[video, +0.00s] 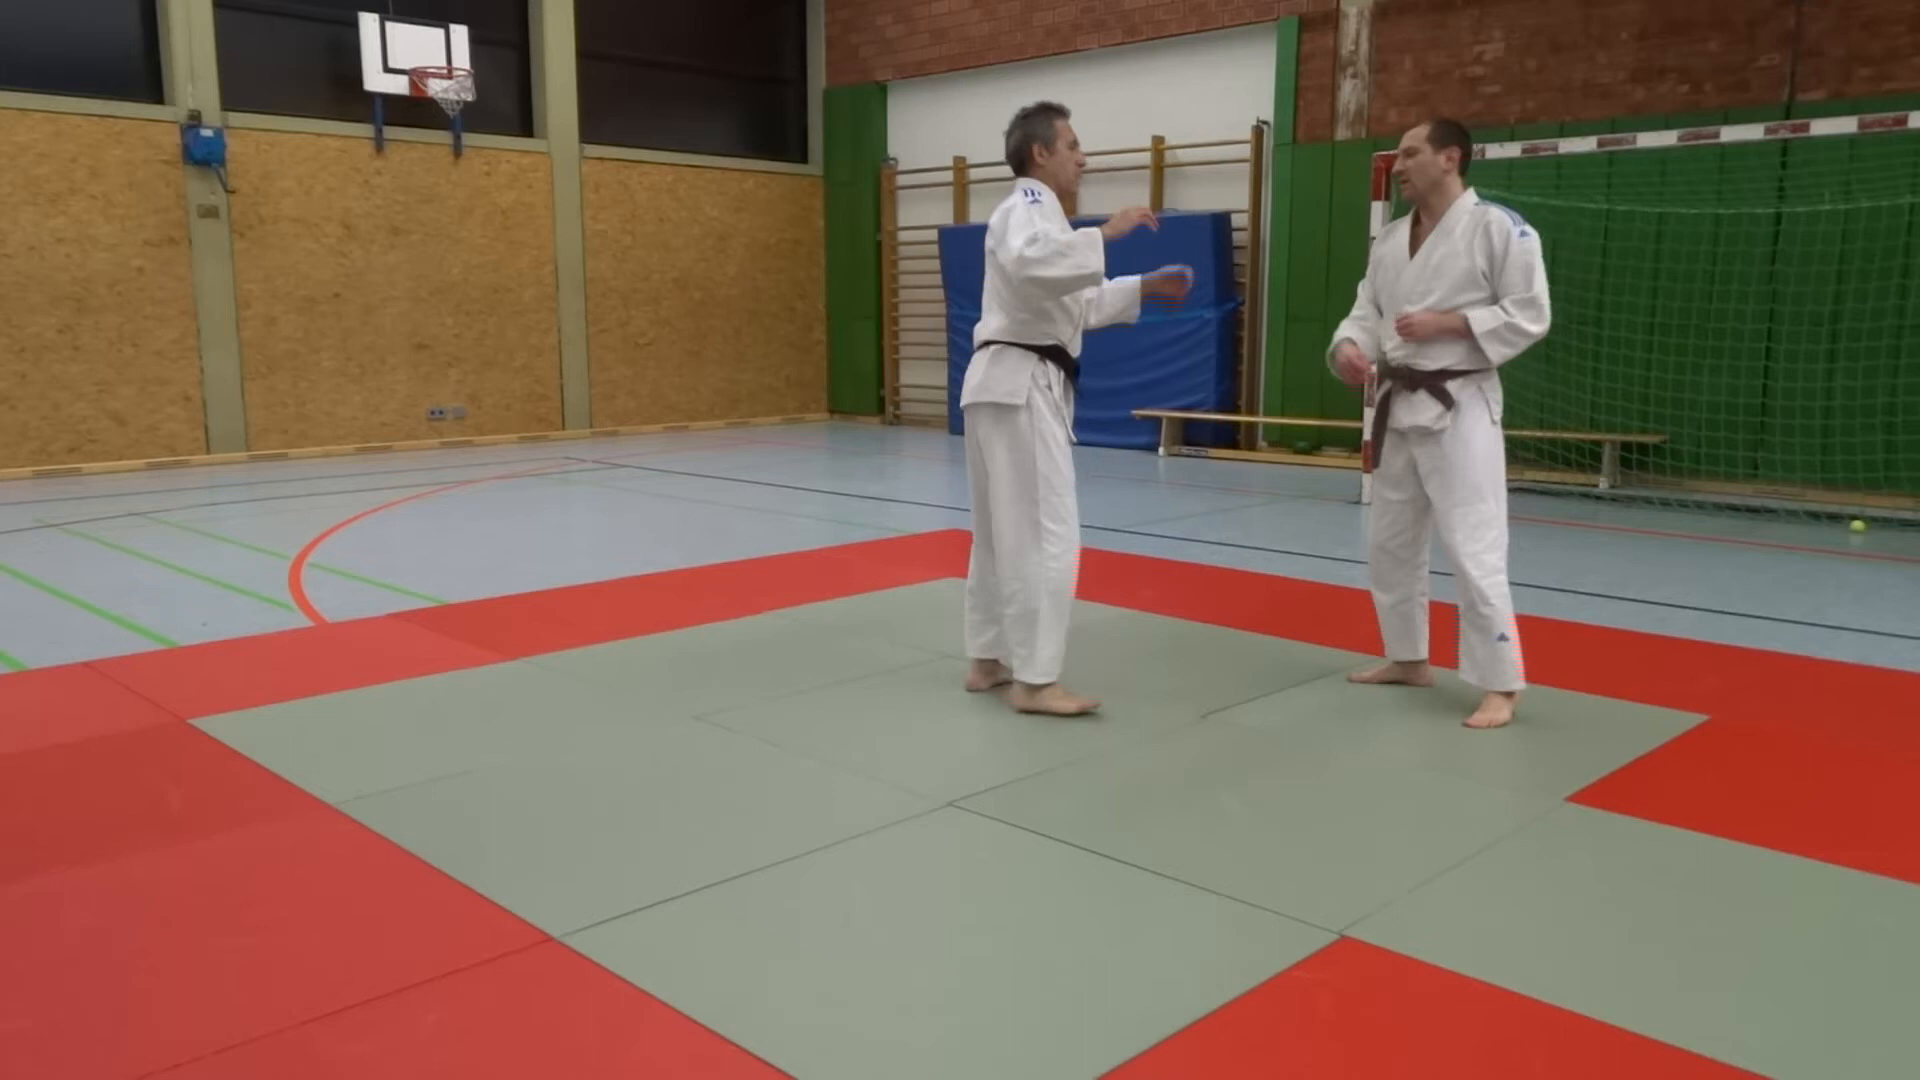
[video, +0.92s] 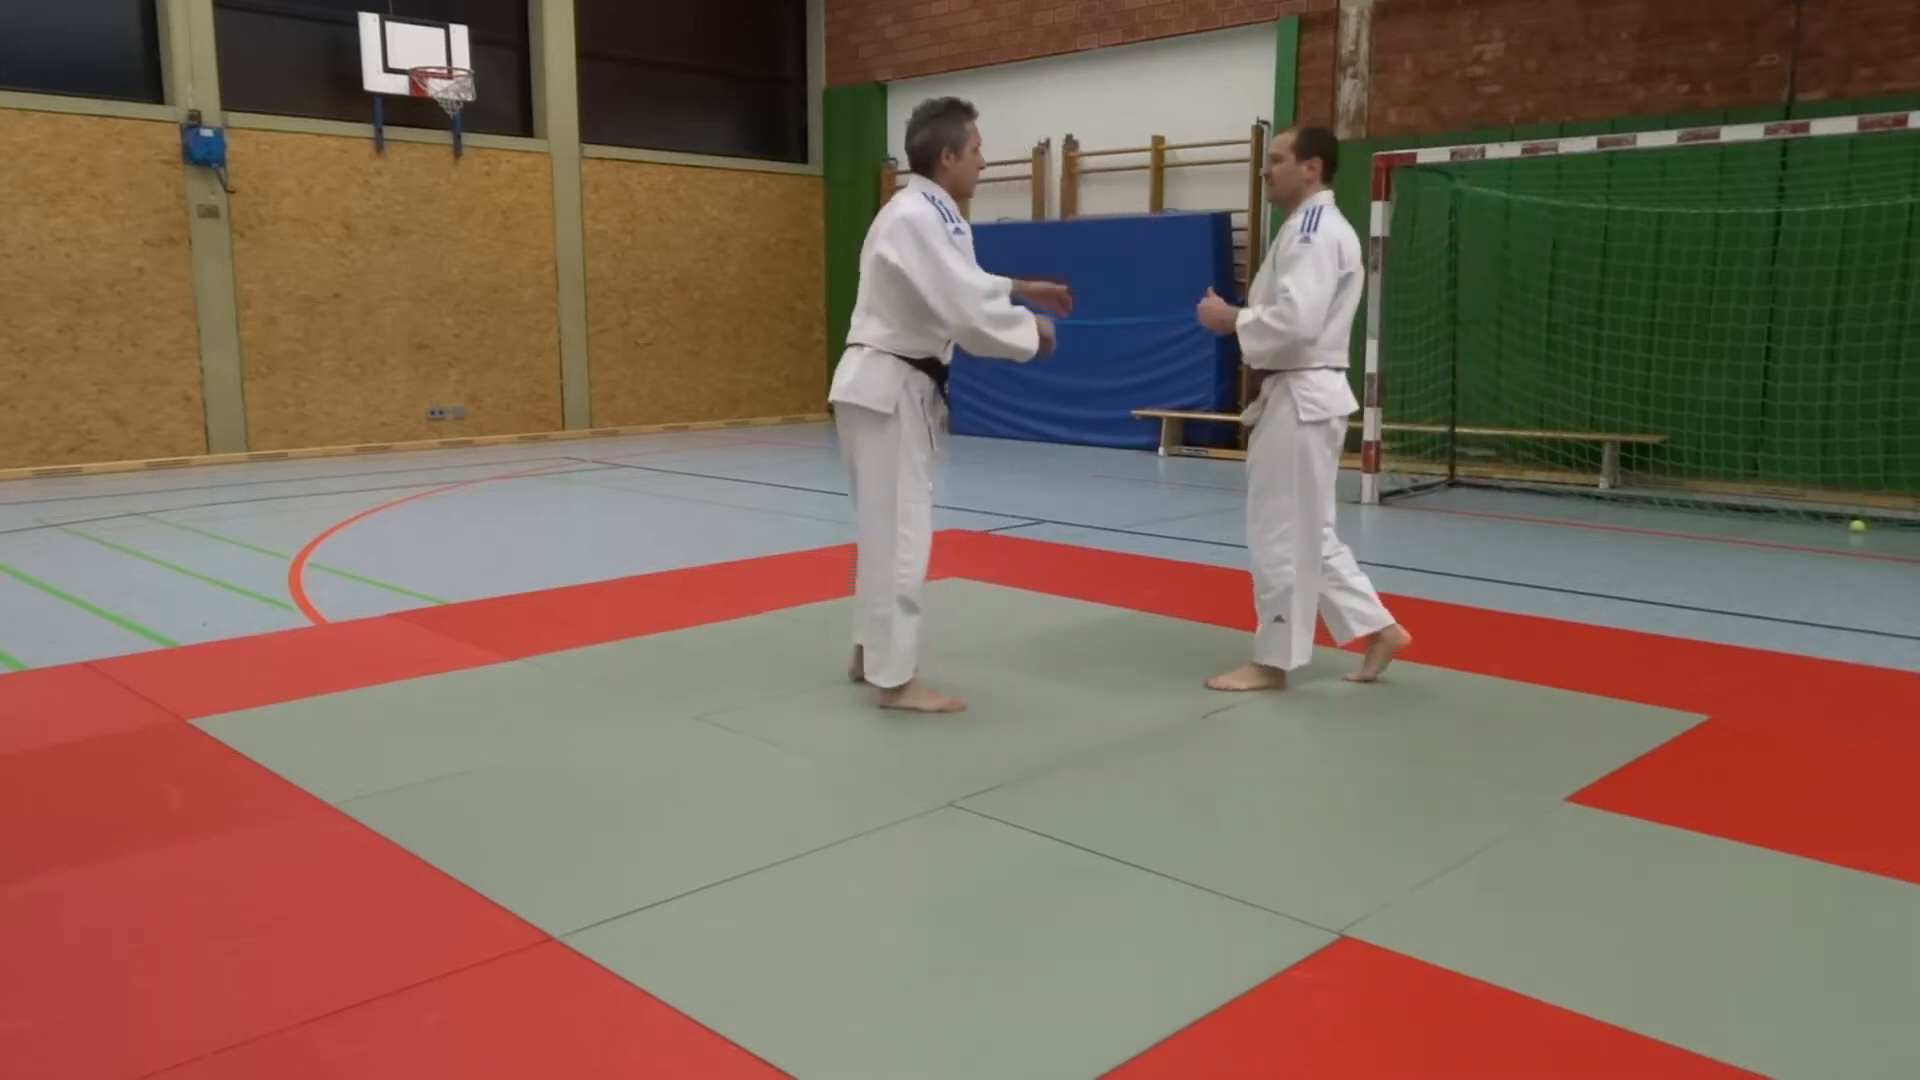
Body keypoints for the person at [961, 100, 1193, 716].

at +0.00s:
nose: (1084, 158)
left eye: (1080, 146)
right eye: (1073, 147)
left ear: (1039, 158)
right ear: (1040, 155)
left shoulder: (1037, 219)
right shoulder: (1029, 204)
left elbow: (1070, 309)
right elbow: (1033, 260)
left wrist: (1142, 288)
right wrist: (1106, 230)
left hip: (1000, 379)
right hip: (1024, 382)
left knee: (1000, 524)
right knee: (1050, 533)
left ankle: (988, 661)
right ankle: (1037, 683)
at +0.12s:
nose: (1071, 153)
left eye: (1067, 143)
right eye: (1061, 143)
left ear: (1026, 156)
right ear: (1030, 152)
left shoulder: (1020, 212)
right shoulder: (1018, 204)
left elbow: (1051, 304)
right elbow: (1025, 256)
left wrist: (1116, 326)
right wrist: (1101, 221)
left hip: (1001, 378)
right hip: (1011, 382)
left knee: (997, 526)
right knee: (1024, 531)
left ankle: (989, 666)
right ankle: (995, 676)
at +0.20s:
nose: (1058, 154)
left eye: (1054, 144)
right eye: (1048, 143)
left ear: (1017, 154)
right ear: (1018, 151)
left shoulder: (1024, 212)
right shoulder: (1001, 204)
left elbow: (1048, 310)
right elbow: (1030, 253)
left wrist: (1084, 375)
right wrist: (1104, 213)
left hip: (1013, 378)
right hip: (996, 378)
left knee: (994, 527)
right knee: (999, 532)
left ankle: (970, 656)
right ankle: (954, 667)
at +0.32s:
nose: (1048, 154)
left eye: (1044, 143)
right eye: (1038, 143)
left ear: (1004, 155)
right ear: (1007, 153)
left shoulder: (1002, 208)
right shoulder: (992, 207)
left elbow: (1038, 256)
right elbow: (1033, 249)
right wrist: (1096, 211)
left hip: (994, 375)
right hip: (984, 377)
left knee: (983, 525)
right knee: (971, 528)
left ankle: (977, 657)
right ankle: (911, 665)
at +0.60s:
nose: (1024, 156)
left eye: (1021, 145)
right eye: (1015, 145)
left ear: (984, 154)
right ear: (983, 153)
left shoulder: (989, 214)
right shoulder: (957, 211)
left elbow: (1017, 289)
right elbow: (1012, 281)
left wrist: (1058, 262)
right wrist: (1068, 251)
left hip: (968, 383)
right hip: (939, 383)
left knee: (965, 526)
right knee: (937, 532)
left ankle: (976, 655)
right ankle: (902, 678)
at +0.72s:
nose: (1013, 164)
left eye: (1011, 152)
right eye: (1006, 153)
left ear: (967, 159)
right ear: (976, 159)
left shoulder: (964, 214)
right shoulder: (945, 218)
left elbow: (930, 306)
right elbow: (1017, 301)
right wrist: (1052, 272)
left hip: (935, 388)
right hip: (912, 389)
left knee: (939, 526)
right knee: (923, 533)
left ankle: (958, 654)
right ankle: (906, 681)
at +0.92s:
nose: (982, 162)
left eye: (980, 149)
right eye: (974, 150)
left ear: (937, 157)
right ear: (946, 156)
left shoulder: (929, 212)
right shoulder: (914, 217)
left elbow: (958, 281)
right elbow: (965, 308)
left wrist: (1018, 290)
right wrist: (1028, 332)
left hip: (893, 384)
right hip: (886, 388)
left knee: (893, 526)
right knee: (901, 532)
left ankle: (873, 653)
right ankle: (893, 679)